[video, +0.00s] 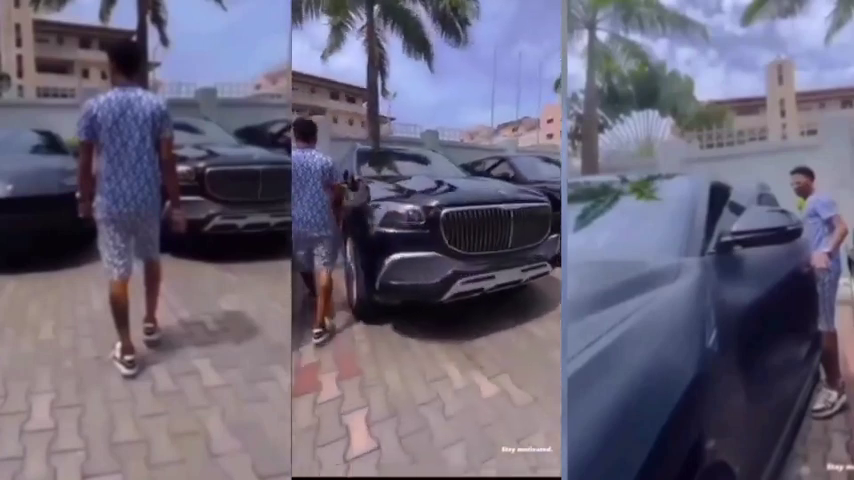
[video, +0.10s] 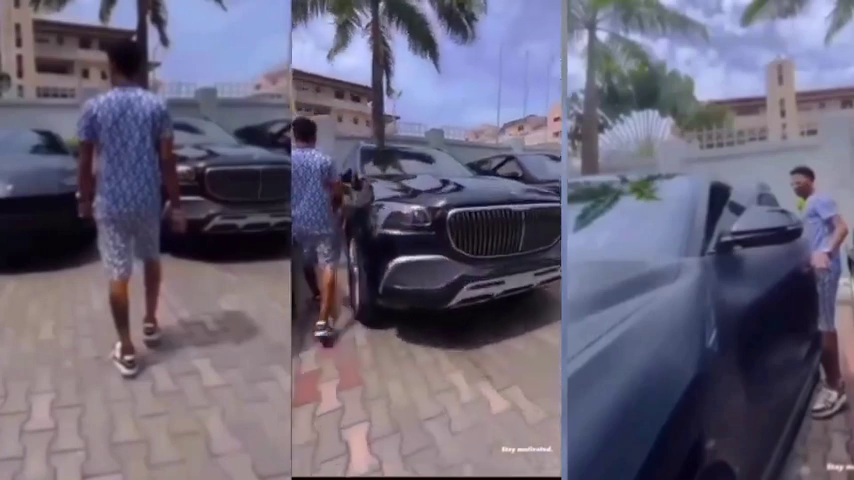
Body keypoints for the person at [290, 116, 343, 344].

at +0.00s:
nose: (297, 140)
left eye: (295, 136)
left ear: (294, 137)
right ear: (315, 136)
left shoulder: (289, 160)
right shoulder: (325, 162)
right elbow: (335, 190)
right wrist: (336, 213)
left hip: (297, 223)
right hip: (323, 222)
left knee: (305, 270)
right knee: (324, 271)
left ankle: (322, 306)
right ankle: (319, 325)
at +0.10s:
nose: (298, 140)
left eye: (295, 135)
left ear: (294, 136)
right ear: (315, 136)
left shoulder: (288, 160)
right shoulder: (324, 161)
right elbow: (335, 189)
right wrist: (336, 208)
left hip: (297, 221)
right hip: (322, 220)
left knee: (305, 263)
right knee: (327, 266)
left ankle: (316, 295)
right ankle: (323, 319)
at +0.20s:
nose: (307, 137)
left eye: (300, 134)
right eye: (312, 132)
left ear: (297, 134)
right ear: (317, 133)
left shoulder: (291, 158)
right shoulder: (326, 157)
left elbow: (286, 187)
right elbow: (338, 185)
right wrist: (334, 199)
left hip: (300, 215)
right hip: (326, 213)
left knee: (311, 260)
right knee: (337, 256)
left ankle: (322, 299)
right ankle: (330, 303)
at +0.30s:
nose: (314, 138)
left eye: (308, 134)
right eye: (321, 133)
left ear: (304, 135)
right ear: (323, 134)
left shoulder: (295, 158)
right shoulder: (332, 157)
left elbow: (292, 187)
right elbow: (344, 186)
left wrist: (297, 205)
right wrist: (343, 205)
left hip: (307, 213)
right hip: (332, 212)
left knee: (317, 259)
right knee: (343, 254)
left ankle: (327, 299)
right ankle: (339, 294)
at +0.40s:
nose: (323, 138)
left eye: (317, 134)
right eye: (328, 134)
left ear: (311, 135)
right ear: (331, 135)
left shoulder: (300, 158)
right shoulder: (340, 158)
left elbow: (300, 190)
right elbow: (351, 187)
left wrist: (306, 204)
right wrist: (349, 203)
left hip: (315, 213)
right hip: (340, 213)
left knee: (325, 260)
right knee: (351, 251)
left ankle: (334, 303)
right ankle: (349, 290)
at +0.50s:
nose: (333, 140)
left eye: (326, 136)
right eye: (337, 136)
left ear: (321, 137)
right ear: (341, 137)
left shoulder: (311, 160)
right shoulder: (349, 159)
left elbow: (310, 192)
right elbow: (358, 188)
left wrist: (315, 204)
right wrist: (359, 202)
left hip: (325, 214)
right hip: (348, 213)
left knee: (333, 259)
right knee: (356, 252)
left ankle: (342, 304)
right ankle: (357, 289)